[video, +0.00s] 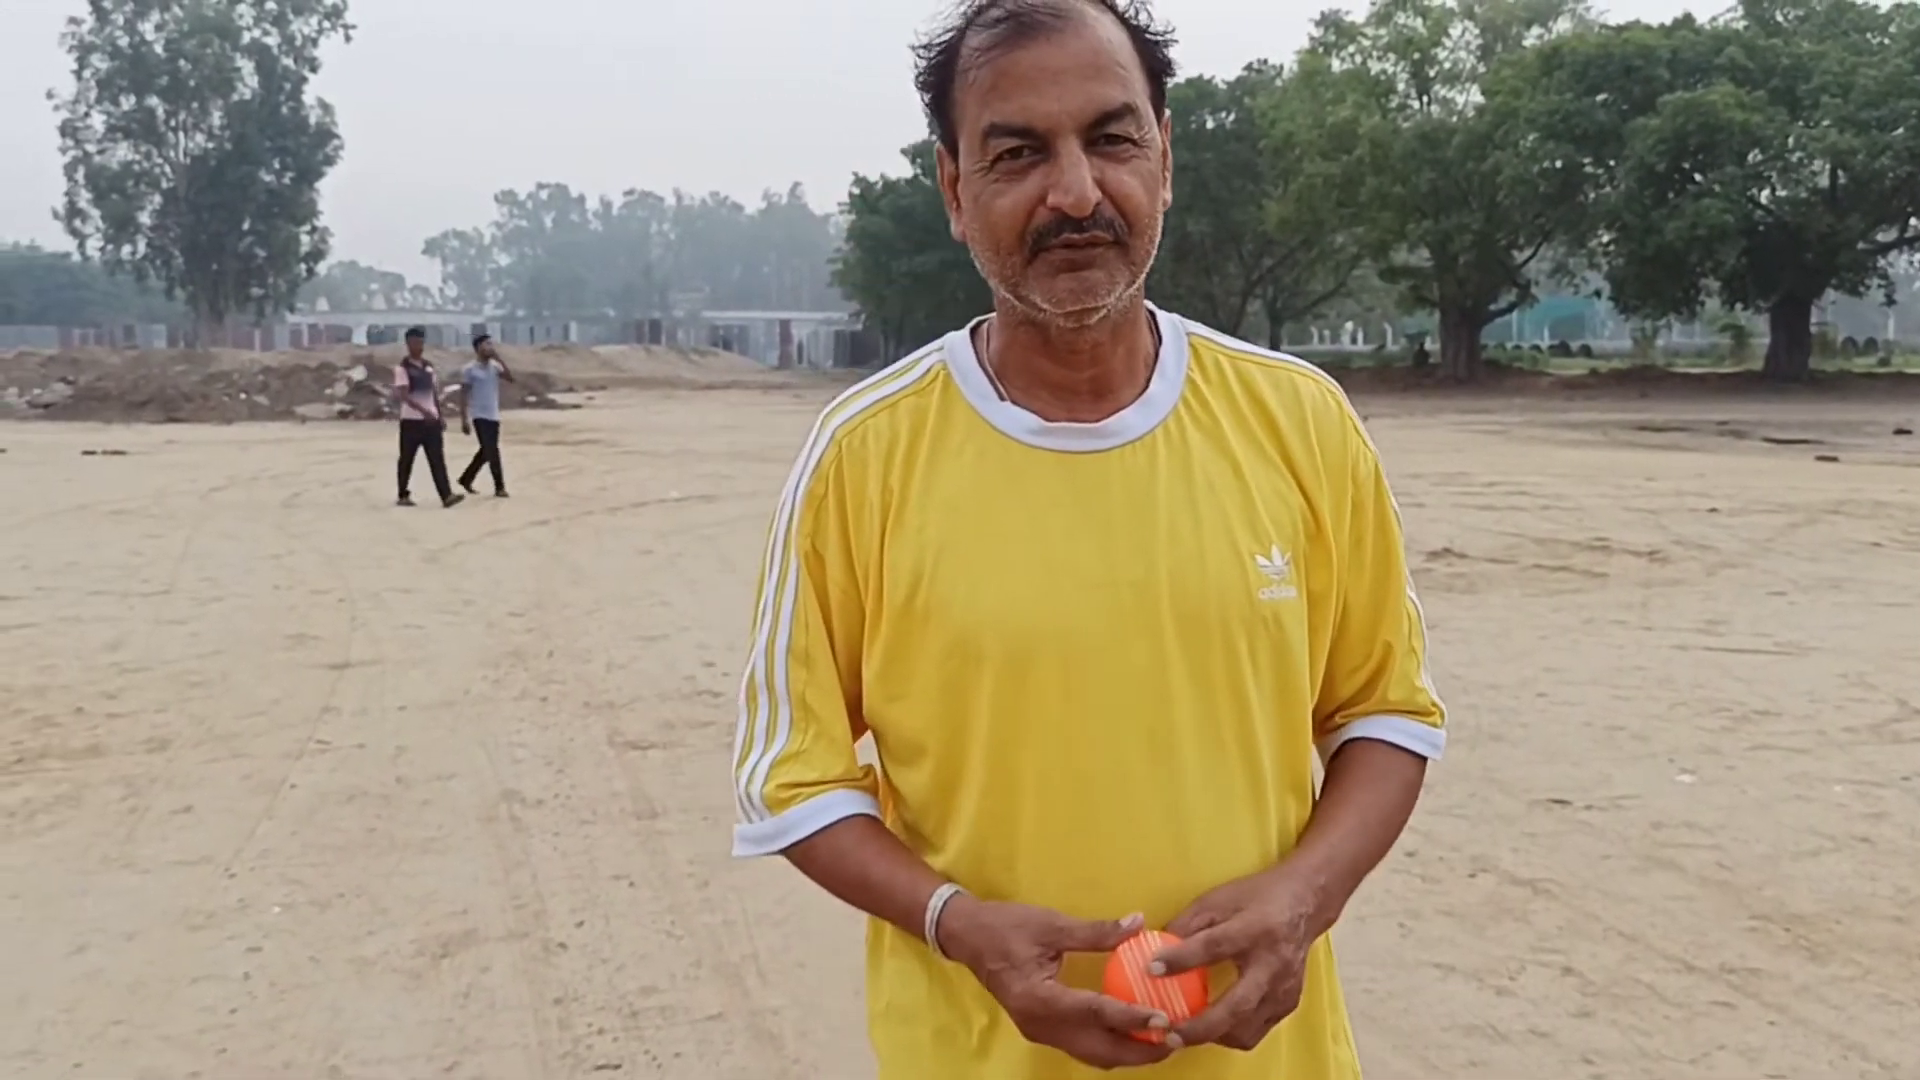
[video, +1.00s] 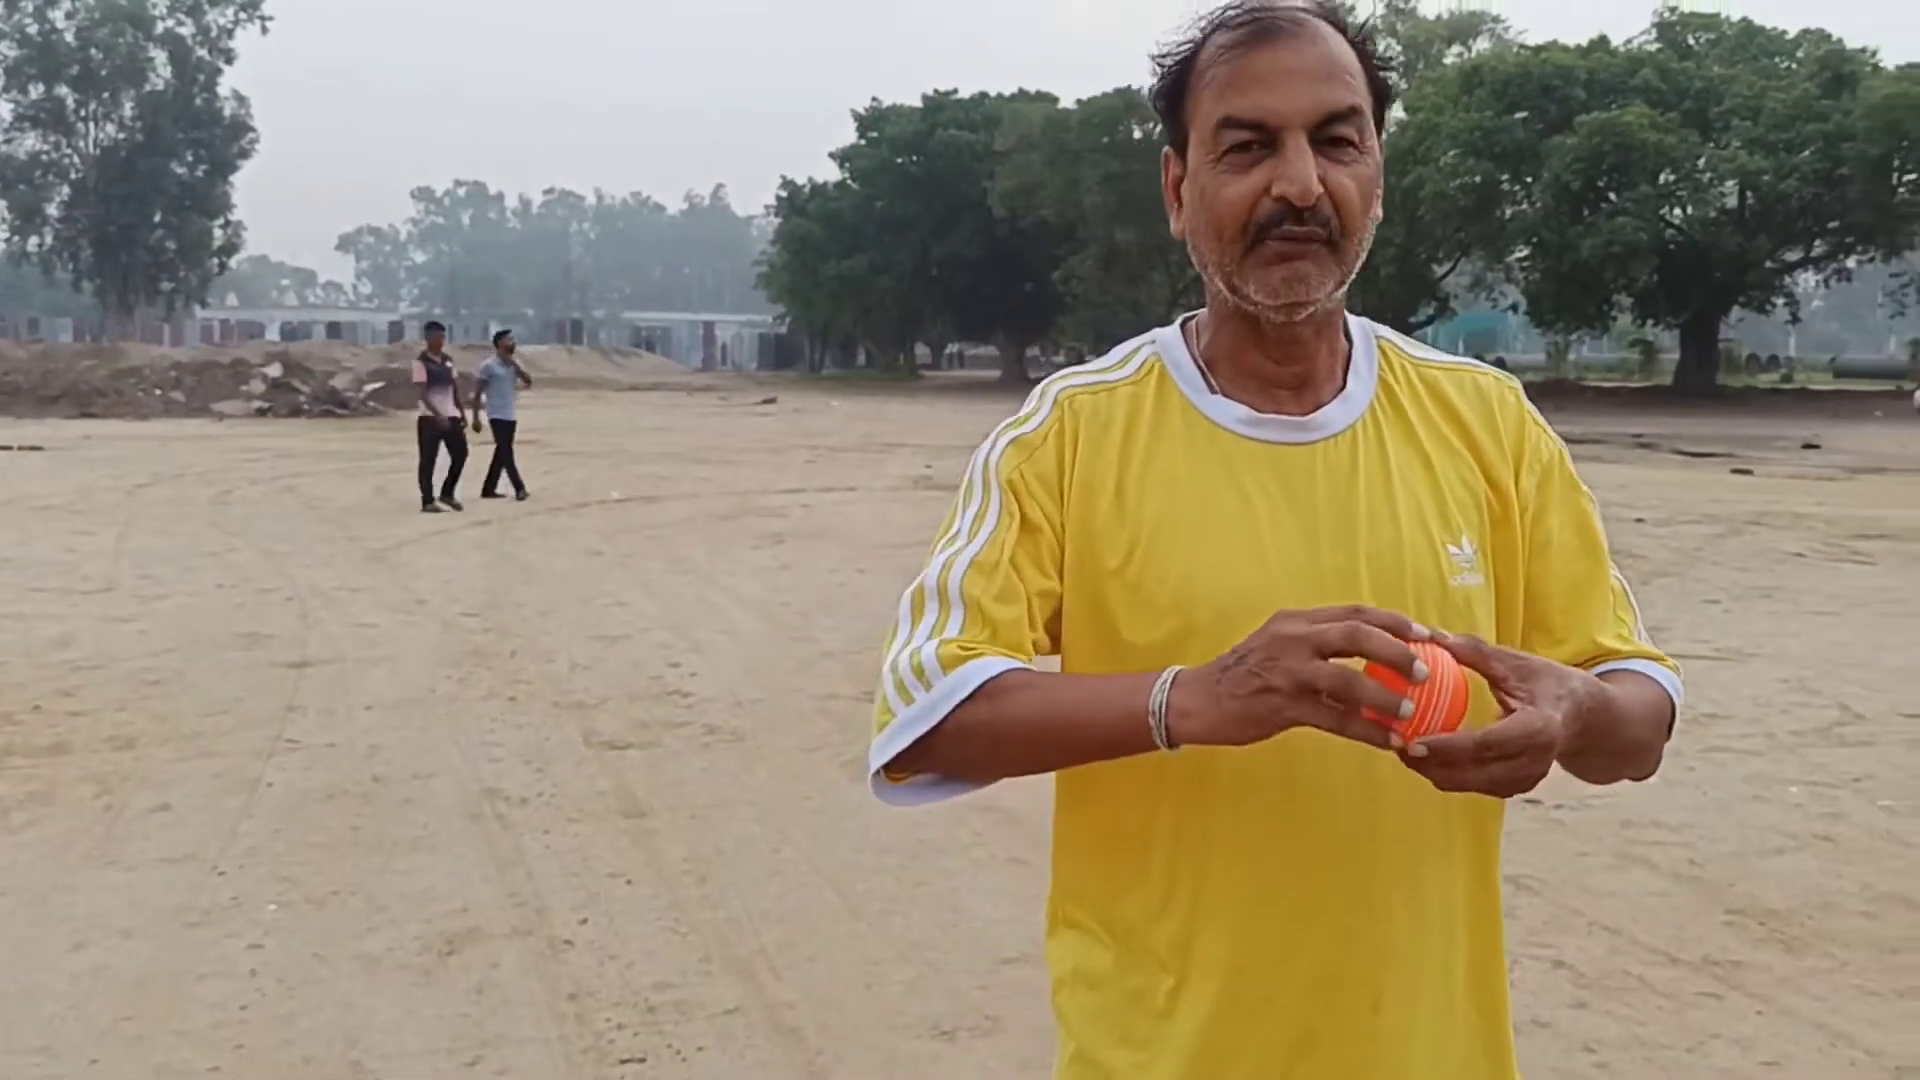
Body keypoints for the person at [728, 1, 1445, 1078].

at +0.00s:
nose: (1075, 191)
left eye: (1113, 140)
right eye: (1020, 153)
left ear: (1165, 164)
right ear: (954, 195)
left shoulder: (1302, 422)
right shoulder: (862, 454)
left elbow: (1392, 712)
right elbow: (789, 774)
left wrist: (1301, 893)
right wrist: (962, 924)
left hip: (1272, 1049)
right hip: (976, 1054)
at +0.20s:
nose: (1154, 247)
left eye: (1193, 188)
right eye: (1099, 201)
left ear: (1238, 170)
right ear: (1025, 199)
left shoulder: (1364, 421)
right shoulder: (931, 449)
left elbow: (1462, 707)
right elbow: (854, 774)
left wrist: (1399, 846)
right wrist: (1028, 879)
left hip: (1332, 1048)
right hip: (1043, 1053)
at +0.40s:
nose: (1223, 259)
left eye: (1263, 204)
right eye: (1169, 214)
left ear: (1306, 183)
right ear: (1092, 203)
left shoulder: (1424, 421)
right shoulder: (996, 444)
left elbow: (1528, 699)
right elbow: (907, 771)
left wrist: (1478, 808)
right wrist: (1091, 831)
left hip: (1389, 1045)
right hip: (1102, 1049)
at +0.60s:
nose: (1275, 248)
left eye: (1314, 192)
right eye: (1220, 203)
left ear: (1353, 180)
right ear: (1146, 200)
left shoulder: (1467, 416)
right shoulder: (1043, 435)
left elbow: (1574, 691)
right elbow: (936, 755)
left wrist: (1526, 775)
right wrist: (1133, 781)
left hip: (1423, 1039)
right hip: (1140, 1046)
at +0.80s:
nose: (1301, 216)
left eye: (1340, 165)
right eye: (1247, 172)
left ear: (1382, 171)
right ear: (1175, 186)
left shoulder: (1489, 417)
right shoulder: (1069, 433)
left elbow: (1613, 696)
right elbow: (936, 735)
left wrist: (1561, 739)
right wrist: (1175, 734)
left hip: (1439, 1034)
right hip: (1159, 1042)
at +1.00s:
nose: (1300, 184)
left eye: (1335, 140)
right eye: (1245, 147)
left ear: (1378, 176)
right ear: (1177, 191)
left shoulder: (1489, 425)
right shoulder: (1070, 437)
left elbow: (1642, 720)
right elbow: (926, 719)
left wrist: (1573, 714)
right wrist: (1187, 700)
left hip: (1435, 1032)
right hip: (1157, 1038)